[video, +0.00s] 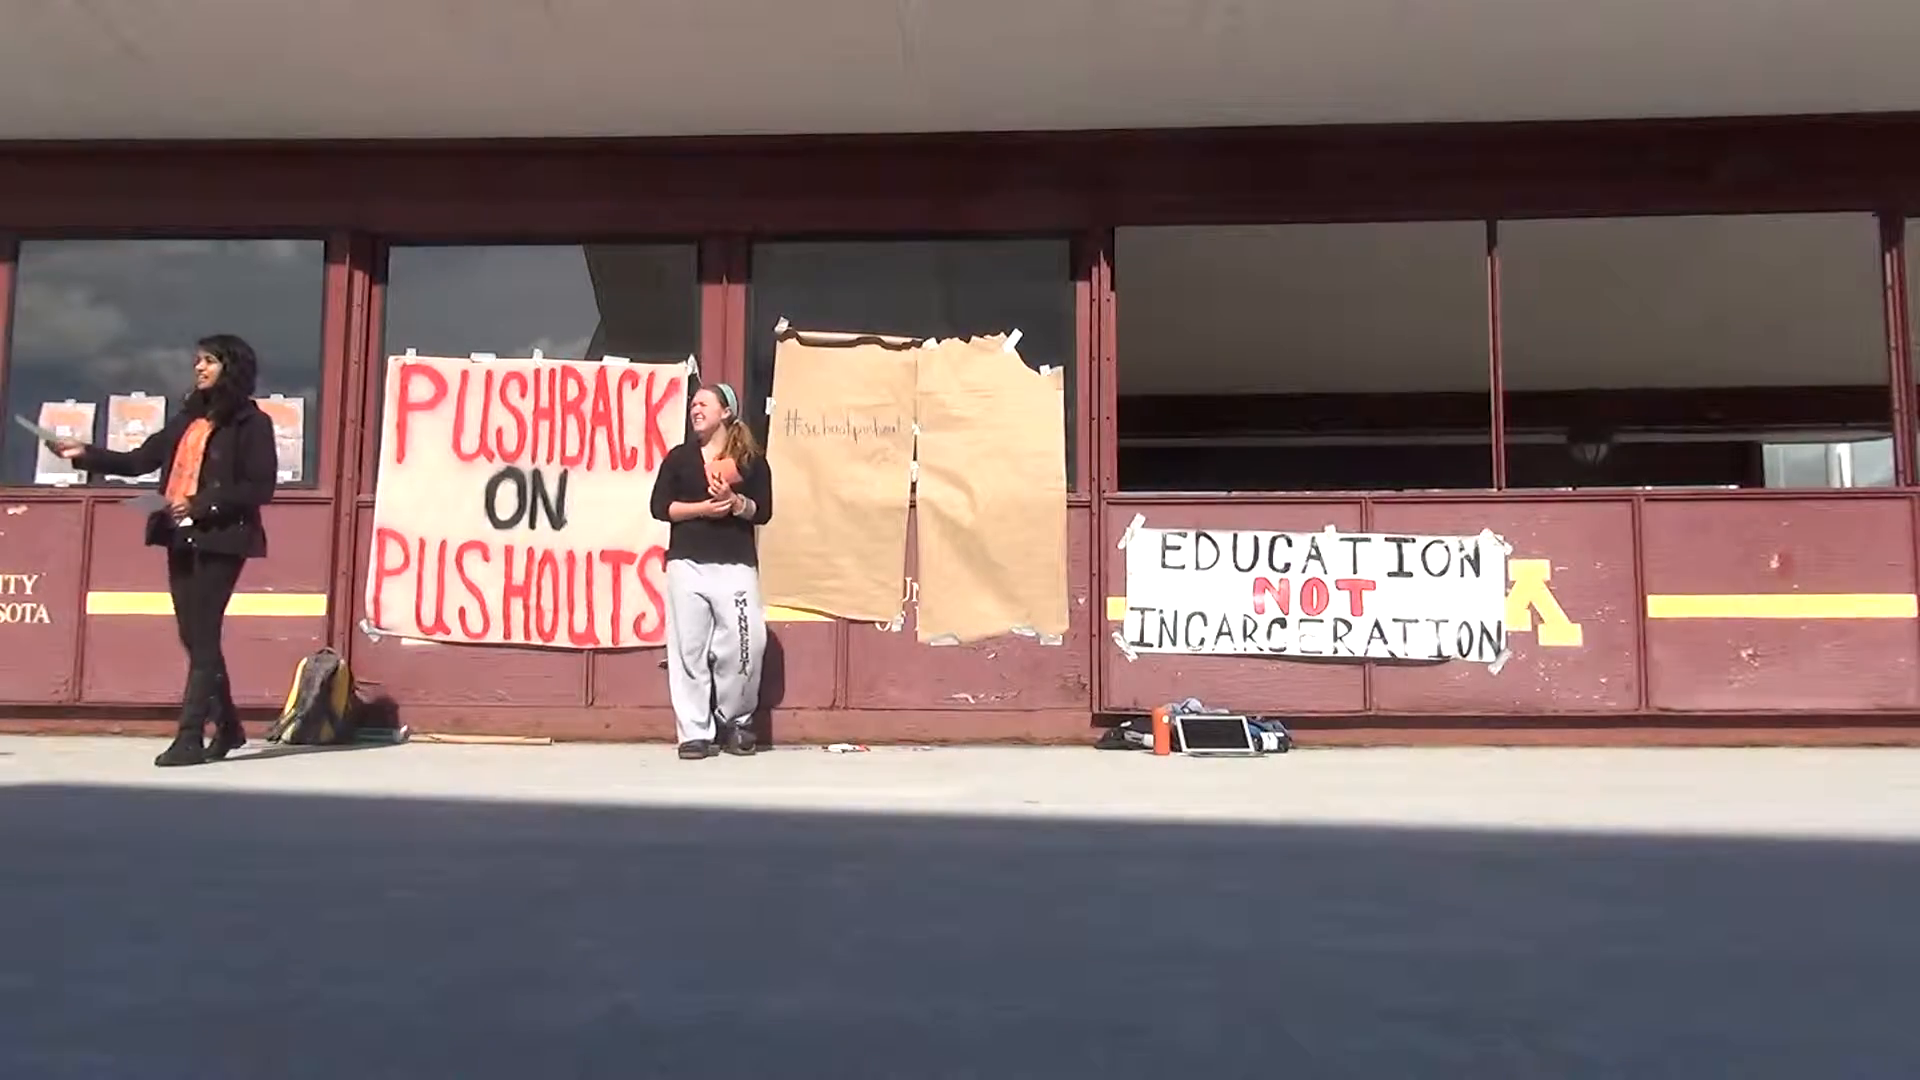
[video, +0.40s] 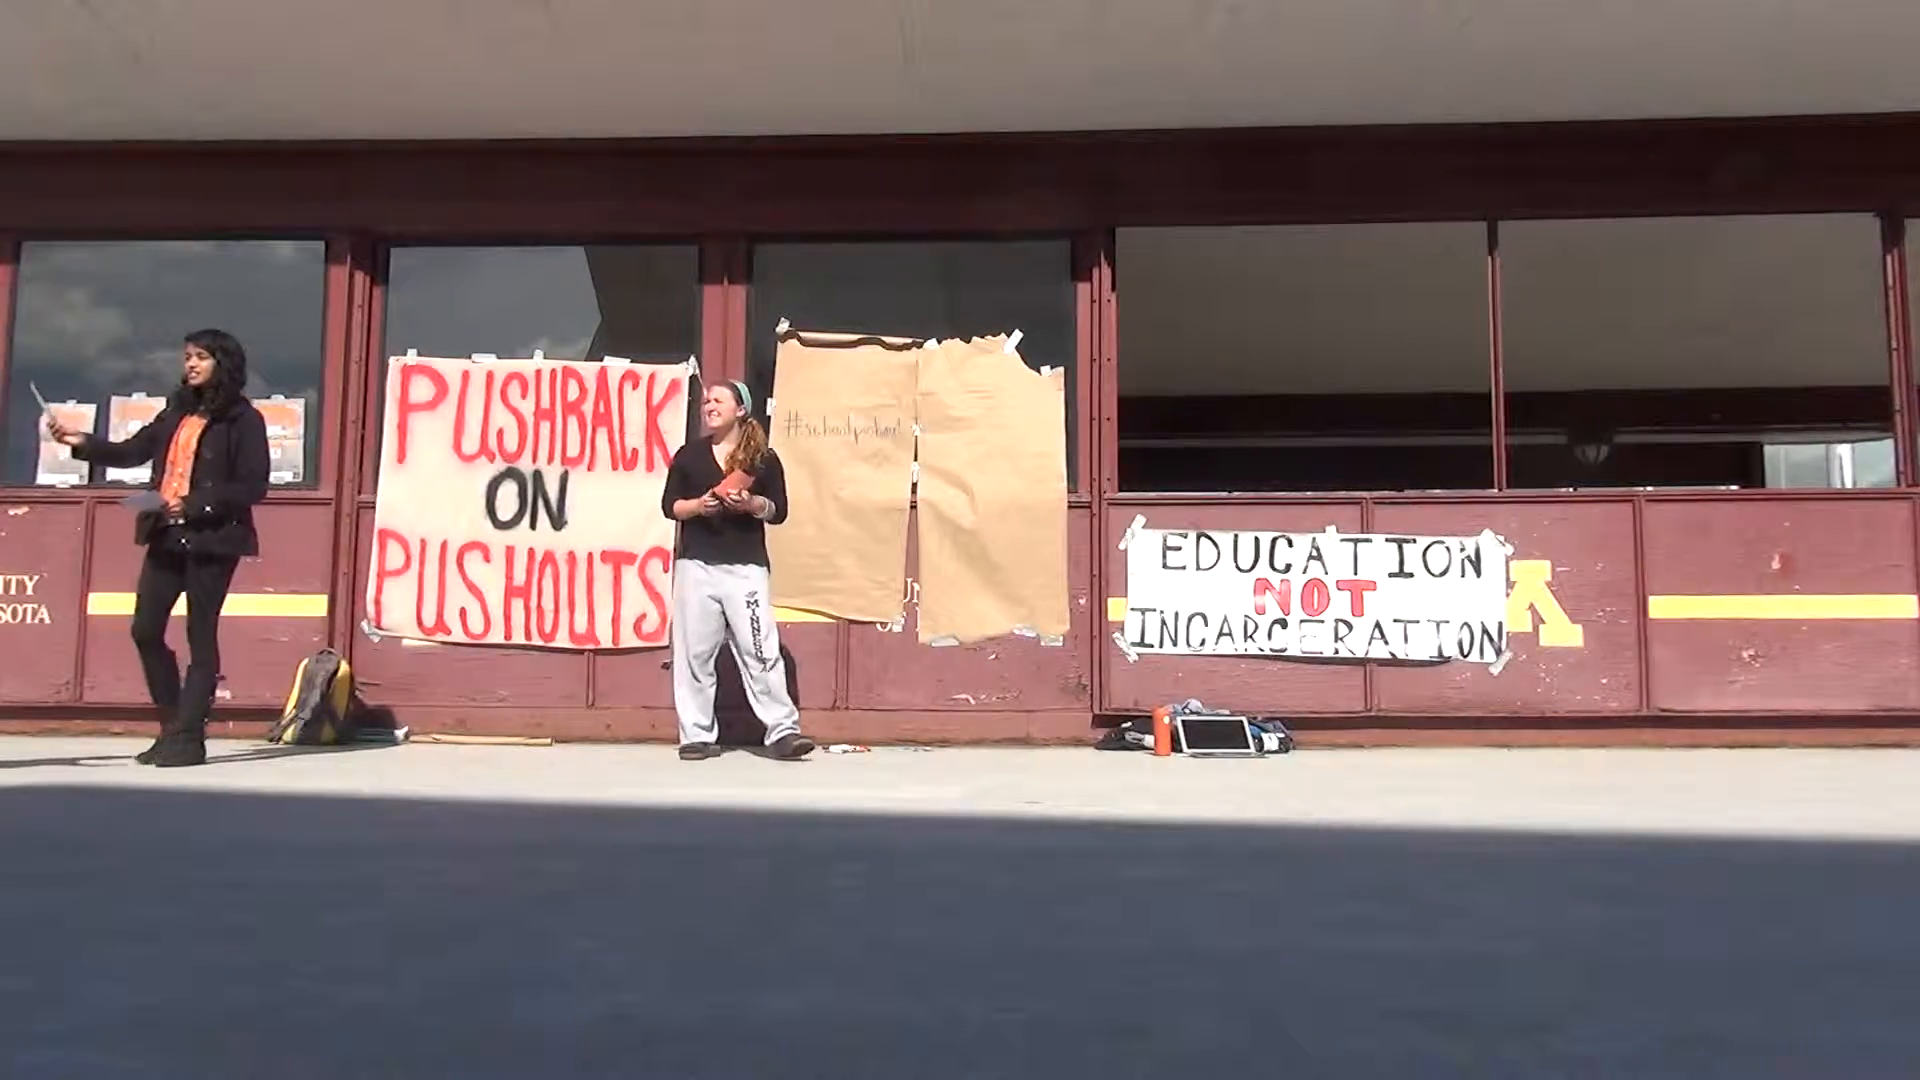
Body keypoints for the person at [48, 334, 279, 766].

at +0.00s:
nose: (198, 367)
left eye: (207, 361)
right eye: (197, 361)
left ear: (232, 368)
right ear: (199, 370)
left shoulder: (253, 423)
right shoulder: (190, 419)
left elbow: (261, 489)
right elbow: (141, 460)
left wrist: (204, 503)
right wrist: (83, 455)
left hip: (224, 541)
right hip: (183, 538)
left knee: (203, 632)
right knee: (193, 633)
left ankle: (190, 737)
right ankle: (228, 725)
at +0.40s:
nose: (189, 365)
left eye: (199, 358)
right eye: (187, 358)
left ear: (223, 364)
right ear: (185, 364)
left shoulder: (245, 420)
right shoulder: (178, 410)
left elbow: (253, 488)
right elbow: (134, 452)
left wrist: (195, 505)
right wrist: (76, 443)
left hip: (214, 543)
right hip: (169, 537)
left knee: (201, 636)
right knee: (145, 630)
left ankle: (190, 739)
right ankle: (174, 727)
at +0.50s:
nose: (186, 364)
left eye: (196, 357)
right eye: (184, 358)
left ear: (220, 363)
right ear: (183, 365)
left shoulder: (243, 418)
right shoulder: (176, 411)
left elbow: (252, 487)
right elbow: (132, 452)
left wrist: (191, 505)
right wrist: (78, 442)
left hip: (214, 541)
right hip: (167, 536)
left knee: (200, 632)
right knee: (137, 627)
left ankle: (191, 739)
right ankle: (139, 736)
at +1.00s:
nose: (162, 359)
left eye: (172, 352)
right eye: (159, 352)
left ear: (197, 358)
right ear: (156, 359)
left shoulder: (220, 418)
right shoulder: (148, 408)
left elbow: (231, 484)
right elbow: (104, 453)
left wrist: (174, 503)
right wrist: (60, 459)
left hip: (192, 542)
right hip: (143, 538)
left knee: (189, 634)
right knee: (119, 632)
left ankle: (190, 740)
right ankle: (87, 740)